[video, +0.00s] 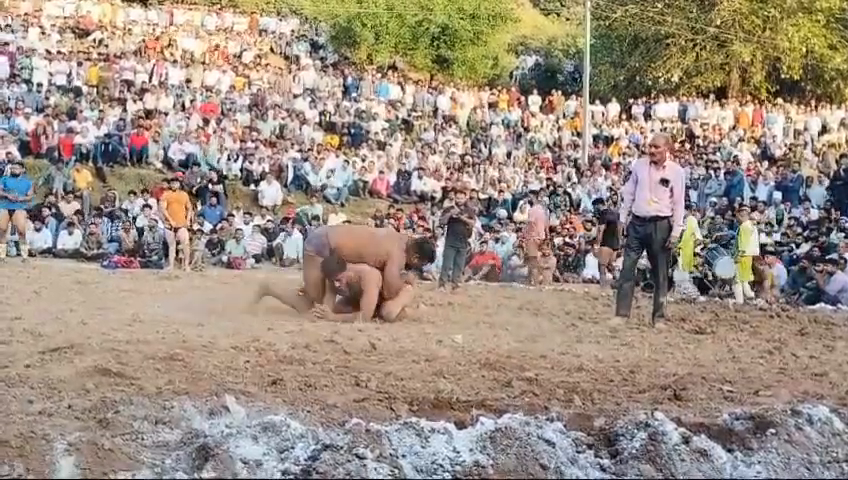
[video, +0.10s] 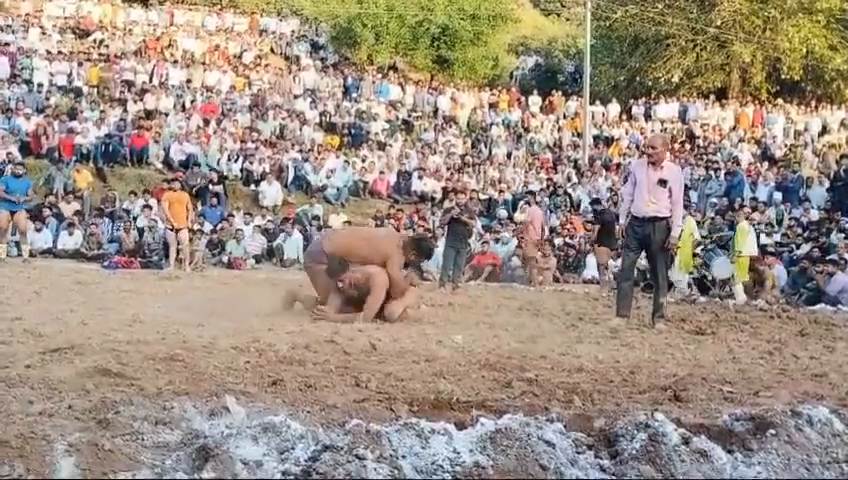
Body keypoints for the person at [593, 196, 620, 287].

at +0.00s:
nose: (595, 209)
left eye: (596, 206)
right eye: (594, 206)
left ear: (599, 205)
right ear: (604, 204)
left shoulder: (603, 215)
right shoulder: (616, 214)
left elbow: (601, 230)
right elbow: (619, 229)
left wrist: (598, 243)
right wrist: (619, 242)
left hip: (606, 243)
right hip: (615, 244)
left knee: (602, 265)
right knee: (610, 264)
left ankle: (603, 286)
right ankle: (617, 279)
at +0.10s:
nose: (593, 209)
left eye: (593, 207)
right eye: (592, 207)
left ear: (595, 206)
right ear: (601, 204)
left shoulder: (599, 215)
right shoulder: (611, 214)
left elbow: (595, 232)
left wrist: (591, 241)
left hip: (601, 244)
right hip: (612, 243)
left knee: (602, 268)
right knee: (606, 268)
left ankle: (604, 289)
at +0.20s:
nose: (591, 209)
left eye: (592, 207)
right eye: (591, 207)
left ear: (594, 206)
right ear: (600, 204)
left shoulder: (597, 214)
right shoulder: (608, 213)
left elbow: (592, 227)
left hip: (601, 243)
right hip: (609, 242)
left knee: (601, 268)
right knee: (603, 267)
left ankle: (603, 289)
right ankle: (604, 288)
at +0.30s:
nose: (589, 210)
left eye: (590, 208)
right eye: (589, 208)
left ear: (592, 207)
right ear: (600, 205)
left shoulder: (596, 216)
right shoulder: (606, 215)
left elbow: (590, 228)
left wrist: (585, 222)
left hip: (598, 244)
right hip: (605, 244)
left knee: (599, 268)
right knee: (600, 267)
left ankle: (602, 290)